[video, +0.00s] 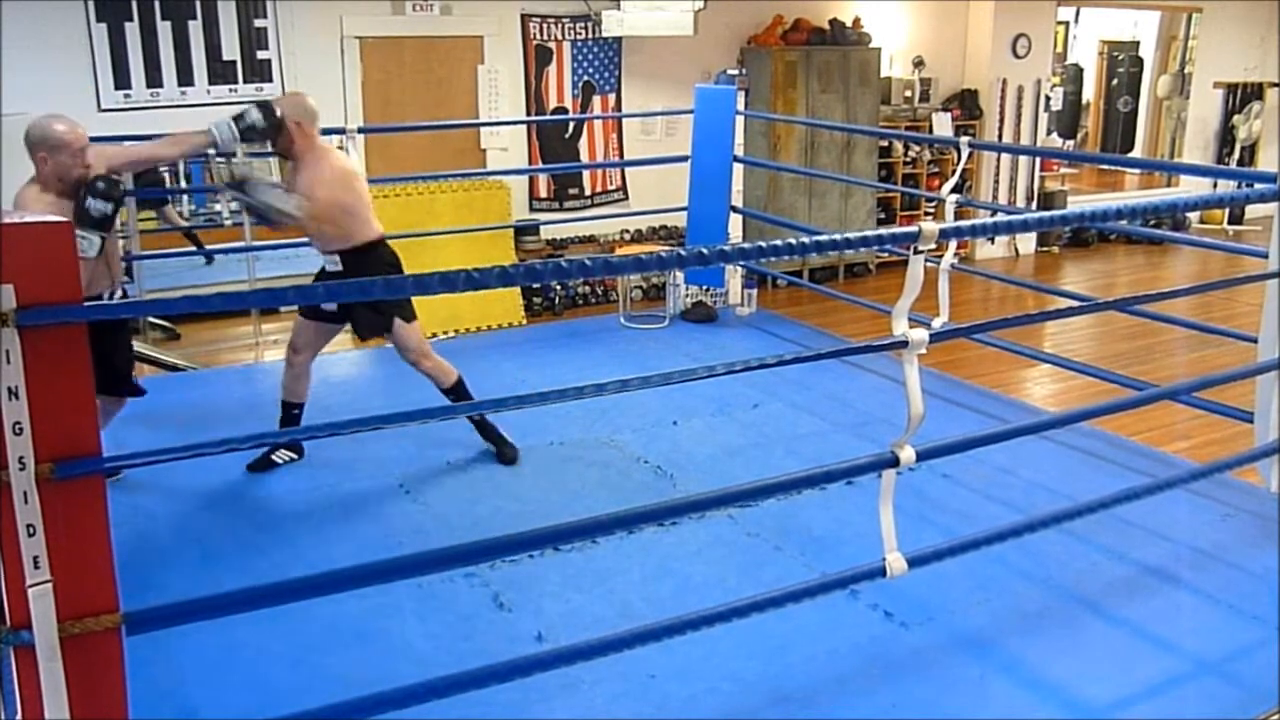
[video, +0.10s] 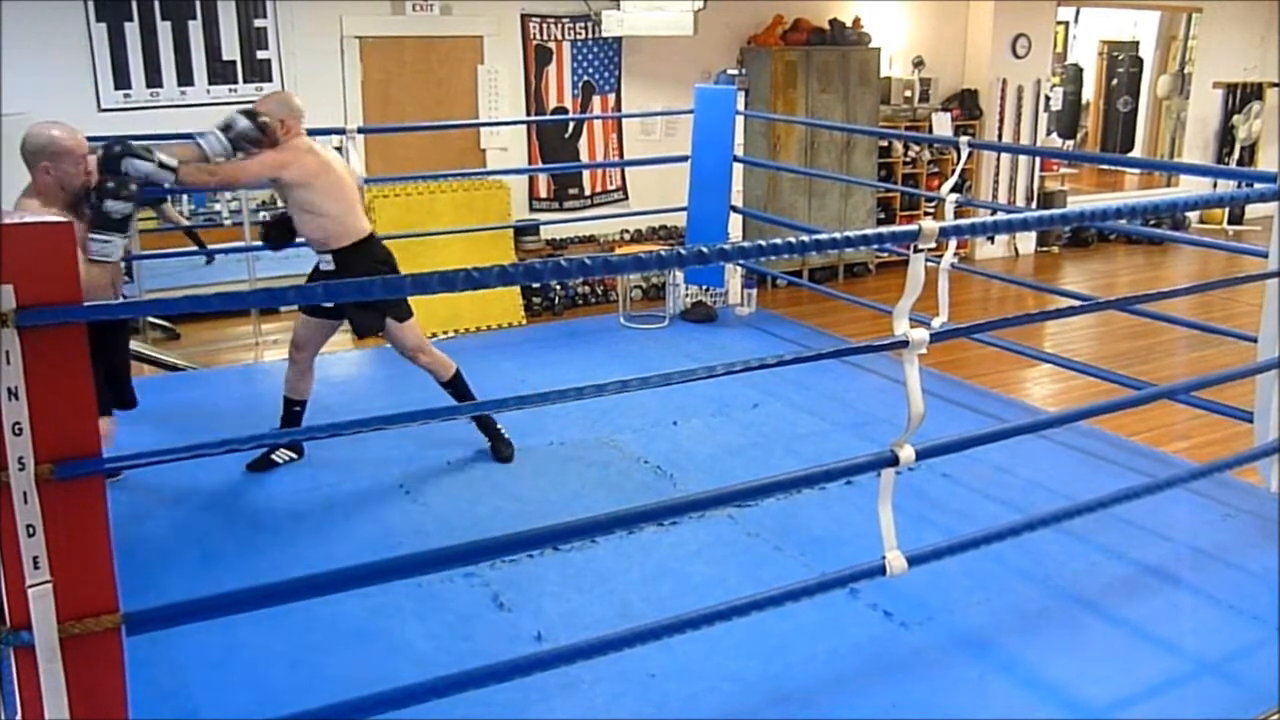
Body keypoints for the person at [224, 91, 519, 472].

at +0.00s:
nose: (270, 139)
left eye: (273, 130)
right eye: (268, 131)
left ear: (294, 130)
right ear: (298, 128)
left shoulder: (324, 167)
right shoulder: (297, 165)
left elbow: (301, 219)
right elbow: (284, 209)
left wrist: (251, 196)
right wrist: (247, 191)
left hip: (374, 266)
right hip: (336, 269)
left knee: (419, 356)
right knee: (298, 354)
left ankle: (486, 427)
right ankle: (289, 440)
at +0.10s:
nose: (257, 132)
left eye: (262, 124)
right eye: (257, 125)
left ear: (286, 124)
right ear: (290, 123)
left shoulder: (291, 158)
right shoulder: (310, 153)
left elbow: (221, 175)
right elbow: (339, 201)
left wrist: (164, 171)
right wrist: (291, 225)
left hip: (366, 266)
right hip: (336, 269)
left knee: (417, 349)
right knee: (302, 350)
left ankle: (487, 423)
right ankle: (288, 442)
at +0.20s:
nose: (252, 131)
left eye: (257, 123)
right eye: (253, 123)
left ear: (283, 123)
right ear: (288, 123)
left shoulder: (288, 157)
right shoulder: (314, 150)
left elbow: (223, 194)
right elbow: (350, 196)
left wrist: (173, 190)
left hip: (353, 267)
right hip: (336, 267)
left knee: (409, 352)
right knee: (293, 353)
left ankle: (487, 414)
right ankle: (289, 442)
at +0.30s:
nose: (263, 126)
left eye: (268, 116)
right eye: (262, 117)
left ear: (295, 116)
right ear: (294, 117)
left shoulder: (311, 152)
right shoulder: (307, 148)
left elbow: (292, 221)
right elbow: (323, 208)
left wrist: (235, 228)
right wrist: (280, 204)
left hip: (360, 260)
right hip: (329, 262)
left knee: (400, 358)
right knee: (297, 351)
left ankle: (465, 433)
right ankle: (289, 440)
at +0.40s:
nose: (284, 123)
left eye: (290, 115)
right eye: (283, 114)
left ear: (317, 116)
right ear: (312, 116)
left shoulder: (348, 153)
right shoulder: (323, 152)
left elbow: (356, 218)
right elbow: (333, 200)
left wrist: (302, 226)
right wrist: (295, 199)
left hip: (372, 259)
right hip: (336, 258)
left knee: (400, 364)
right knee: (306, 355)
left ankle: (448, 443)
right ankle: (290, 439)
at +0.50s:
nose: (312, 124)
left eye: (319, 116)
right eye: (310, 115)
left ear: (346, 115)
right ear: (326, 118)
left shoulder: (383, 154)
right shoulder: (326, 156)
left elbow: (389, 224)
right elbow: (331, 216)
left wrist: (343, 199)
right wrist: (305, 192)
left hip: (389, 262)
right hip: (346, 261)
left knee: (418, 361)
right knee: (313, 353)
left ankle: (450, 440)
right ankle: (290, 437)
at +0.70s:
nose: (346, 114)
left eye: (354, 106)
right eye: (341, 106)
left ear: (379, 102)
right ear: (338, 105)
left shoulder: (409, 140)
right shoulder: (341, 143)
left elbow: (415, 208)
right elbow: (322, 206)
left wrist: (386, 160)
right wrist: (315, 163)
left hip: (403, 248)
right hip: (352, 249)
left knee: (428, 354)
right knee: (329, 355)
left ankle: (449, 439)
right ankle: (321, 448)